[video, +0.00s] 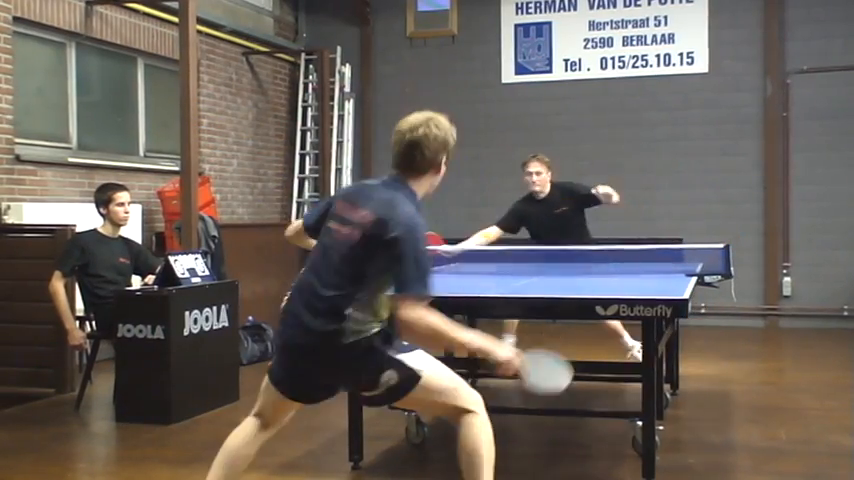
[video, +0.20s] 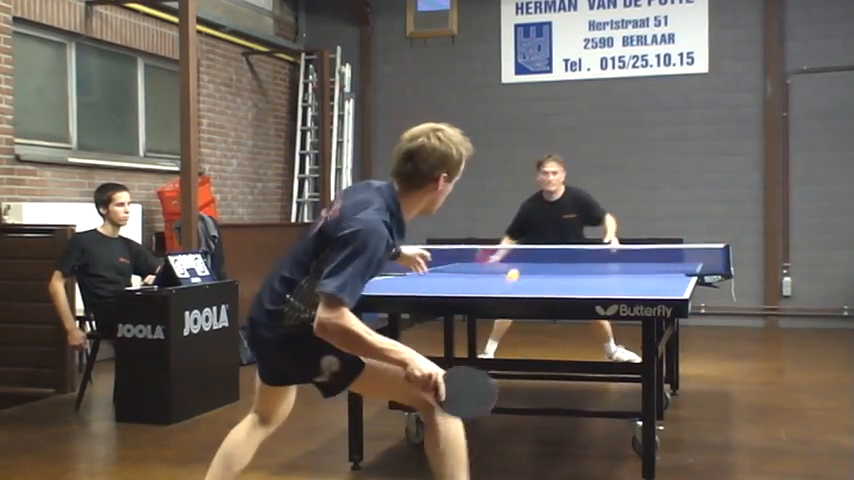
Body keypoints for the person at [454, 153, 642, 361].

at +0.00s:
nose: (534, 179)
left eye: (538, 173)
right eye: (529, 175)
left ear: (549, 175)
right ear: (524, 179)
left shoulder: (568, 192)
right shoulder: (523, 207)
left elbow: (607, 199)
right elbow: (492, 234)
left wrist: (606, 194)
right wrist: (457, 249)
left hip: (582, 263)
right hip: (545, 266)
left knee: (594, 301)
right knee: (512, 293)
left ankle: (630, 344)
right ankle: (507, 345)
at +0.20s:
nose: (549, 178)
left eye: (554, 173)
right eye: (545, 174)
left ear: (563, 176)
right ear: (537, 178)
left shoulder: (578, 199)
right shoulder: (531, 206)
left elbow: (608, 219)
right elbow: (511, 236)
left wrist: (610, 235)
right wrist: (498, 255)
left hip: (576, 269)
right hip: (536, 270)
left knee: (597, 305)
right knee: (510, 302)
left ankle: (612, 350)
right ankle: (489, 350)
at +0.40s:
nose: (575, 161)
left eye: (580, 156)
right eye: (570, 156)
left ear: (589, 158)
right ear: (564, 160)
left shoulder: (606, 180)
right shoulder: (558, 188)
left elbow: (636, 201)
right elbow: (545, 222)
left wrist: (630, 230)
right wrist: (541, 248)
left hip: (606, 253)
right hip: (568, 255)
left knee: (623, 293)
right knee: (540, 284)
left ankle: (618, 346)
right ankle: (533, 343)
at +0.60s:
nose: (592, 164)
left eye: (597, 159)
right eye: (588, 159)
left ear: (605, 160)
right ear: (580, 162)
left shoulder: (621, 183)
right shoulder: (572, 189)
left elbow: (644, 214)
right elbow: (563, 223)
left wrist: (636, 238)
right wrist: (566, 245)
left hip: (624, 251)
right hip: (587, 254)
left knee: (652, 289)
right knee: (571, 292)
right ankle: (583, 340)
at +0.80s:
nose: (613, 179)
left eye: (618, 173)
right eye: (609, 174)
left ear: (626, 175)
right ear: (601, 177)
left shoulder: (641, 196)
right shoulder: (596, 202)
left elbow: (665, 227)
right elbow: (583, 238)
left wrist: (649, 247)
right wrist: (588, 247)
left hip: (641, 265)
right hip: (606, 267)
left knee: (676, 295)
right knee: (583, 292)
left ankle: (696, 347)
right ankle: (585, 342)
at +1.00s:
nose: (627, 180)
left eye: (632, 175)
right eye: (622, 176)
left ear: (639, 175)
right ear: (614, 177)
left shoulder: (653, 192)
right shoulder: (608, 203)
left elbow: (684, 221)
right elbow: (605, 239)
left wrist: (667, 233)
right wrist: (613, 249)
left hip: (659, 261)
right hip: (624, 263)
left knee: (683, 296)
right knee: (600, 294)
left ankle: (701, 346)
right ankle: (596, 346)